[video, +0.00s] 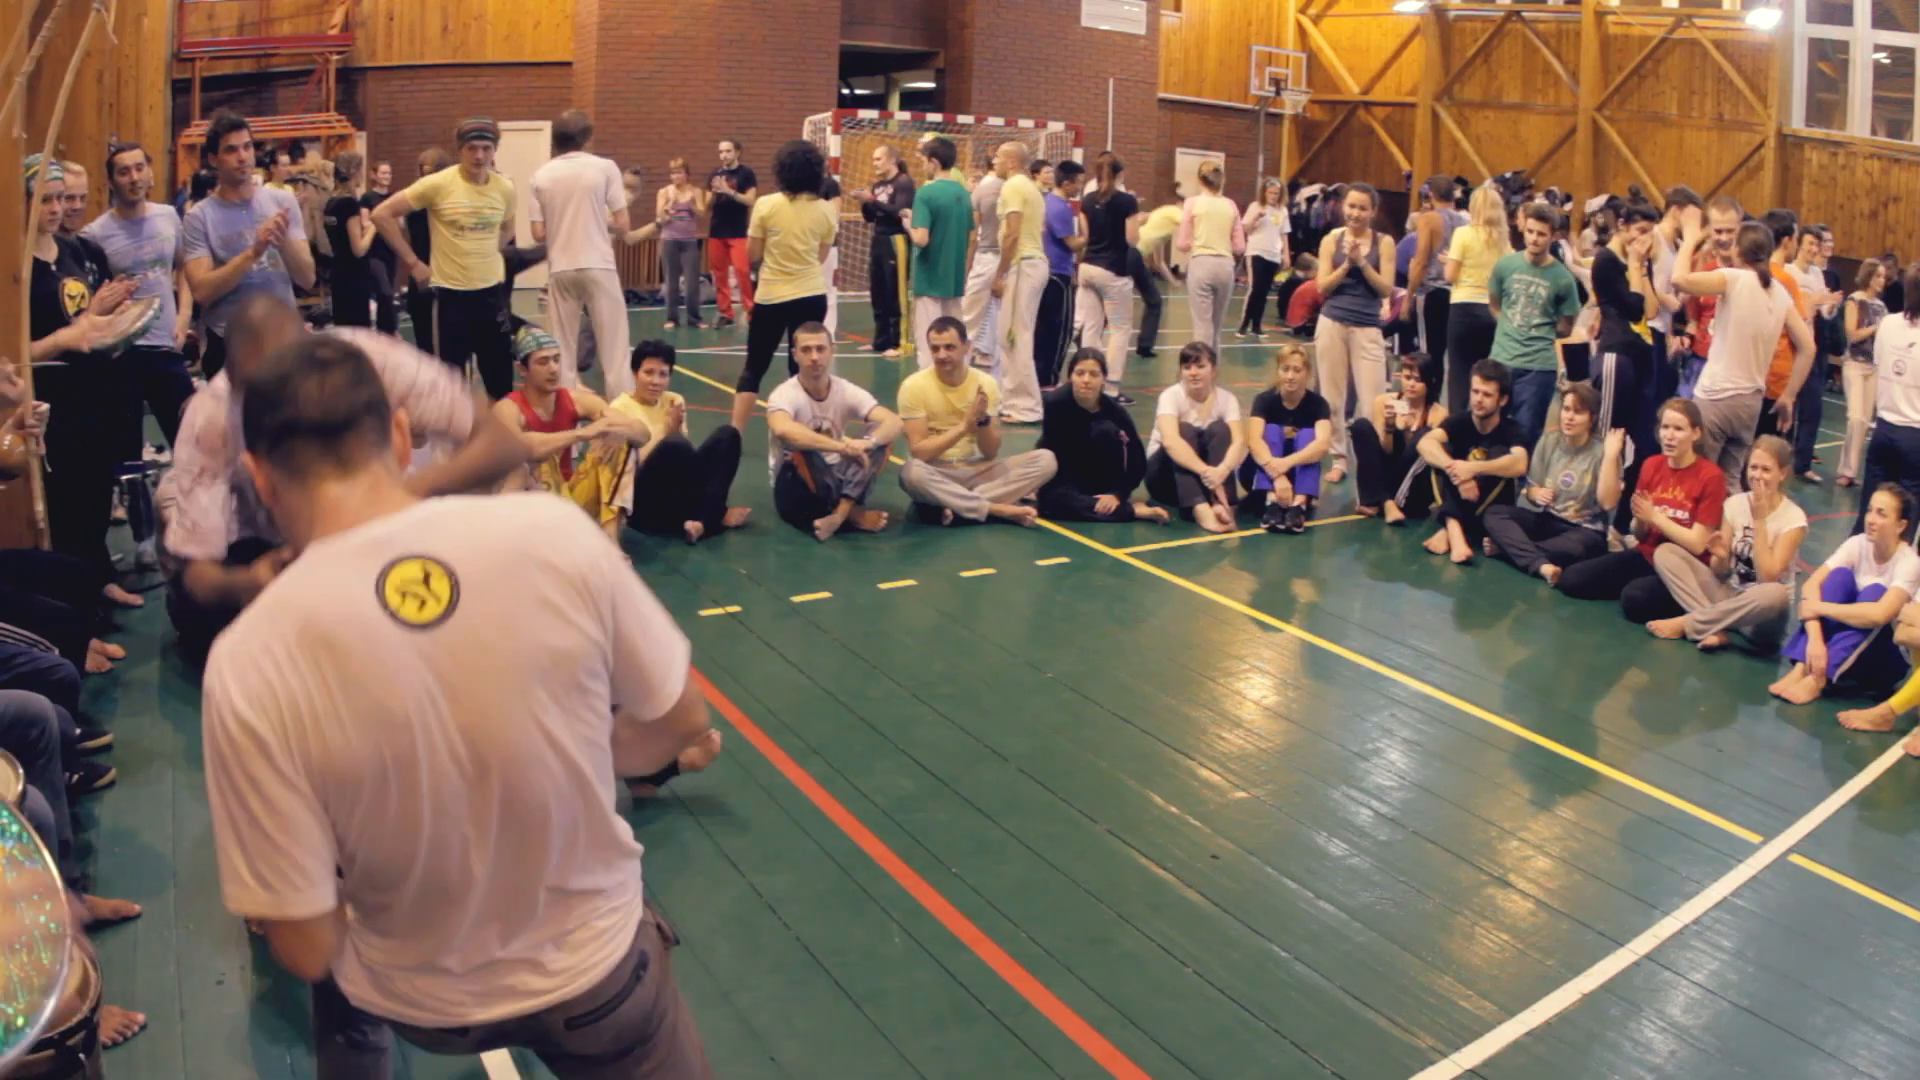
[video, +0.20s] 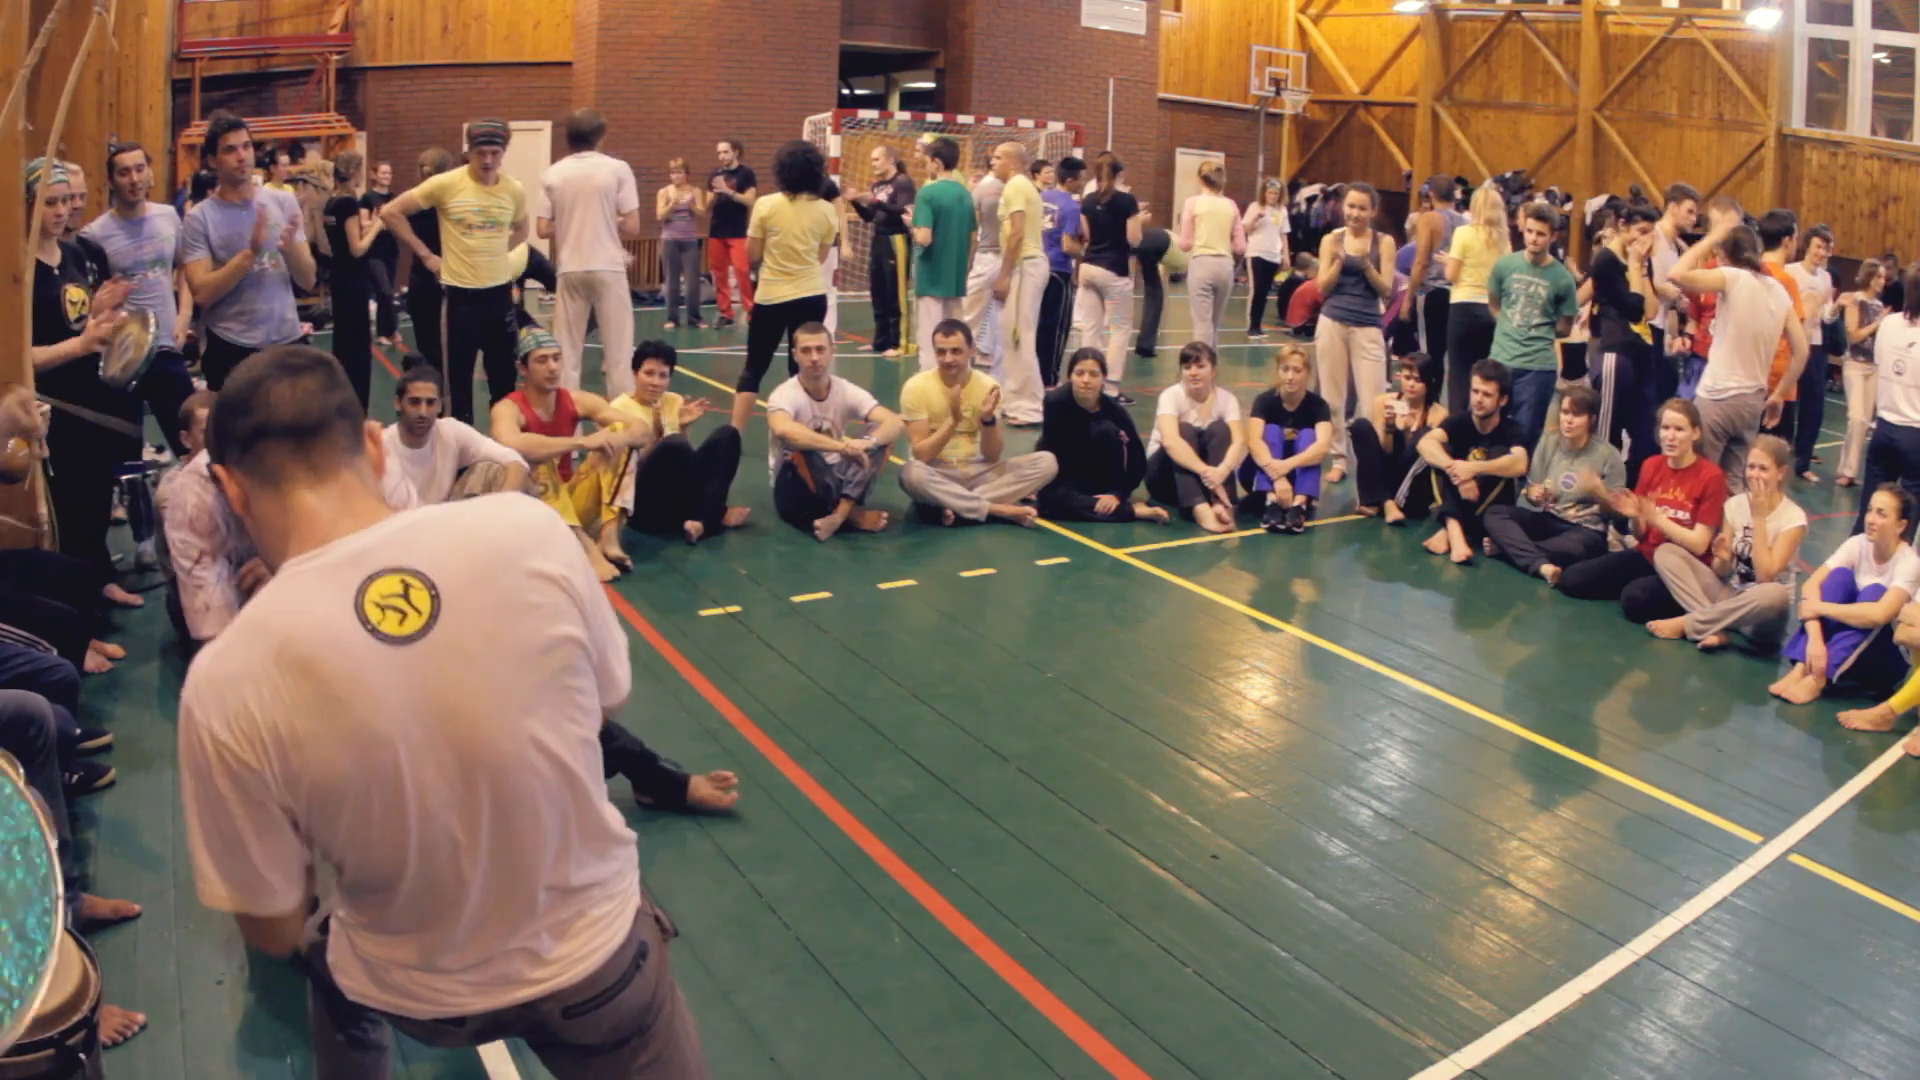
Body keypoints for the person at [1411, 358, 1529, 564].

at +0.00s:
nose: (1479, 400)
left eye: (1487, 395)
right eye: (1475, 392)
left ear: (1503, 400)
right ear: (1469, 392)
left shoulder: (1510, 429)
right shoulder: (1459, 420)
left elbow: (1520, 465)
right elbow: (1426, 444)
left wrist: (1473, 467)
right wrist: (1459, 475)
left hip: (1492, 509)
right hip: (1454, 504)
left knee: (1500, 456)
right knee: (1437, 455)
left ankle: (1449, 528)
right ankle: (1454, 530)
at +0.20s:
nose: (1478, 399)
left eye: (1487, 395)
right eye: (1475, 392)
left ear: (1503, 400)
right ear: (1469, 391)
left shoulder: (1511, 429)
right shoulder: (1459, 421)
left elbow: (1520, 465)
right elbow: (1425, 443)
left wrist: (1473, 468)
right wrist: (1459, 475)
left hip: (1492, 511)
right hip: (1454, 505)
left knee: (1499, 455)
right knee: (1438, 454)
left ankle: (1449, 528)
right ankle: (1454, 528)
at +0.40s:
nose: (1478, 399)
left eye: (1487, 395)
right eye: (1475, 392)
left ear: (1503, 401)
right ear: (1469, 392)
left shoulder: (1511, 429)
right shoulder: (1460, 421)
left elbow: (1519, 463)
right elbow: (1426, 444)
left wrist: (1473, 468)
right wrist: (1459, 475)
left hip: (1493, 510)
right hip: (1455, 504)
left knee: (1499, 457)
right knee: (1437, 456)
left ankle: (1449, 528)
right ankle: (1454, 530)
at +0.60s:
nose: (1478, 399)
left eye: (1487, 395)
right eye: (1475, 392)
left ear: (1503, 400)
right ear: (1469, 392)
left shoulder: (1511, 429)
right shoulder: (1460, 421)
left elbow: (1520, 465)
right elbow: (1426, 444)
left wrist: (1473, 467)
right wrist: (1459, 474)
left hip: (1493, 510)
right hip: (1455, 505)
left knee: (1500, 457)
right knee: (1438, 457)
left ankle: (1449, 529)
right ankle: (1454, 530)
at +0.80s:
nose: (1478, 399)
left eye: (1486, 395)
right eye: (1475, 392)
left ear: (1503, 400)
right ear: (1469, 392)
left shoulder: (1510, 429)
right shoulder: (1460, 421)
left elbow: (1519, 464)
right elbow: (1426, 443)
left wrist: (1473, 468)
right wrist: (1458, 474)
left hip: (1493, 510)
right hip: (1454, 504)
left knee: (1500, 456)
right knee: (1438, 453)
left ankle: (1449, 528)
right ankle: (1454, 528)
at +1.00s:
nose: (1479, 399)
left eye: (1487, 395)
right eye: (1475, 392)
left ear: (1503, 400)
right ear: (1469, 392)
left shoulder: (1511, 428)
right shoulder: (1459, 420)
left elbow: (1519, 465)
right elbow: (1425, 444)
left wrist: (1473, 467)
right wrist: (1459, 475)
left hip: (1492, 509)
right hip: (1454, 505)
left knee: (1499, 456)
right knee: (1438, 456)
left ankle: (1449, 528)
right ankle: (1455, 530)